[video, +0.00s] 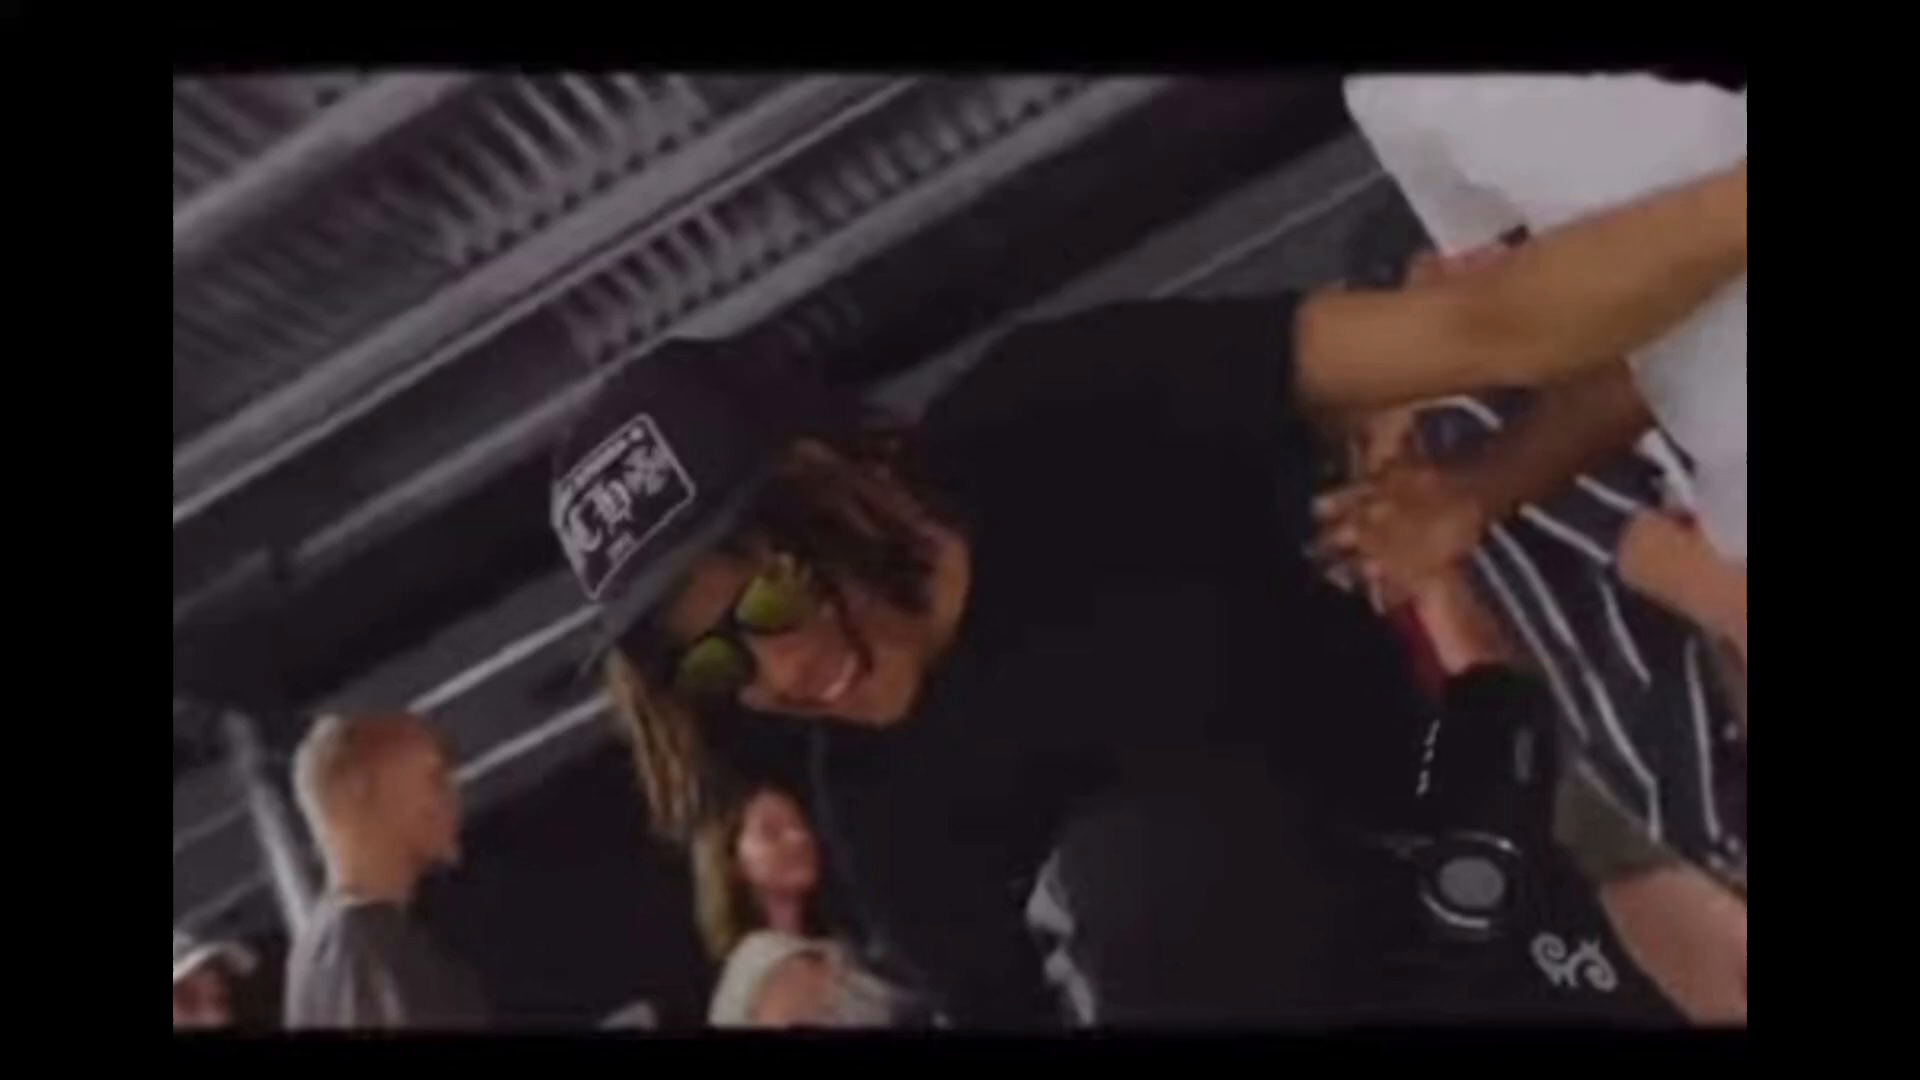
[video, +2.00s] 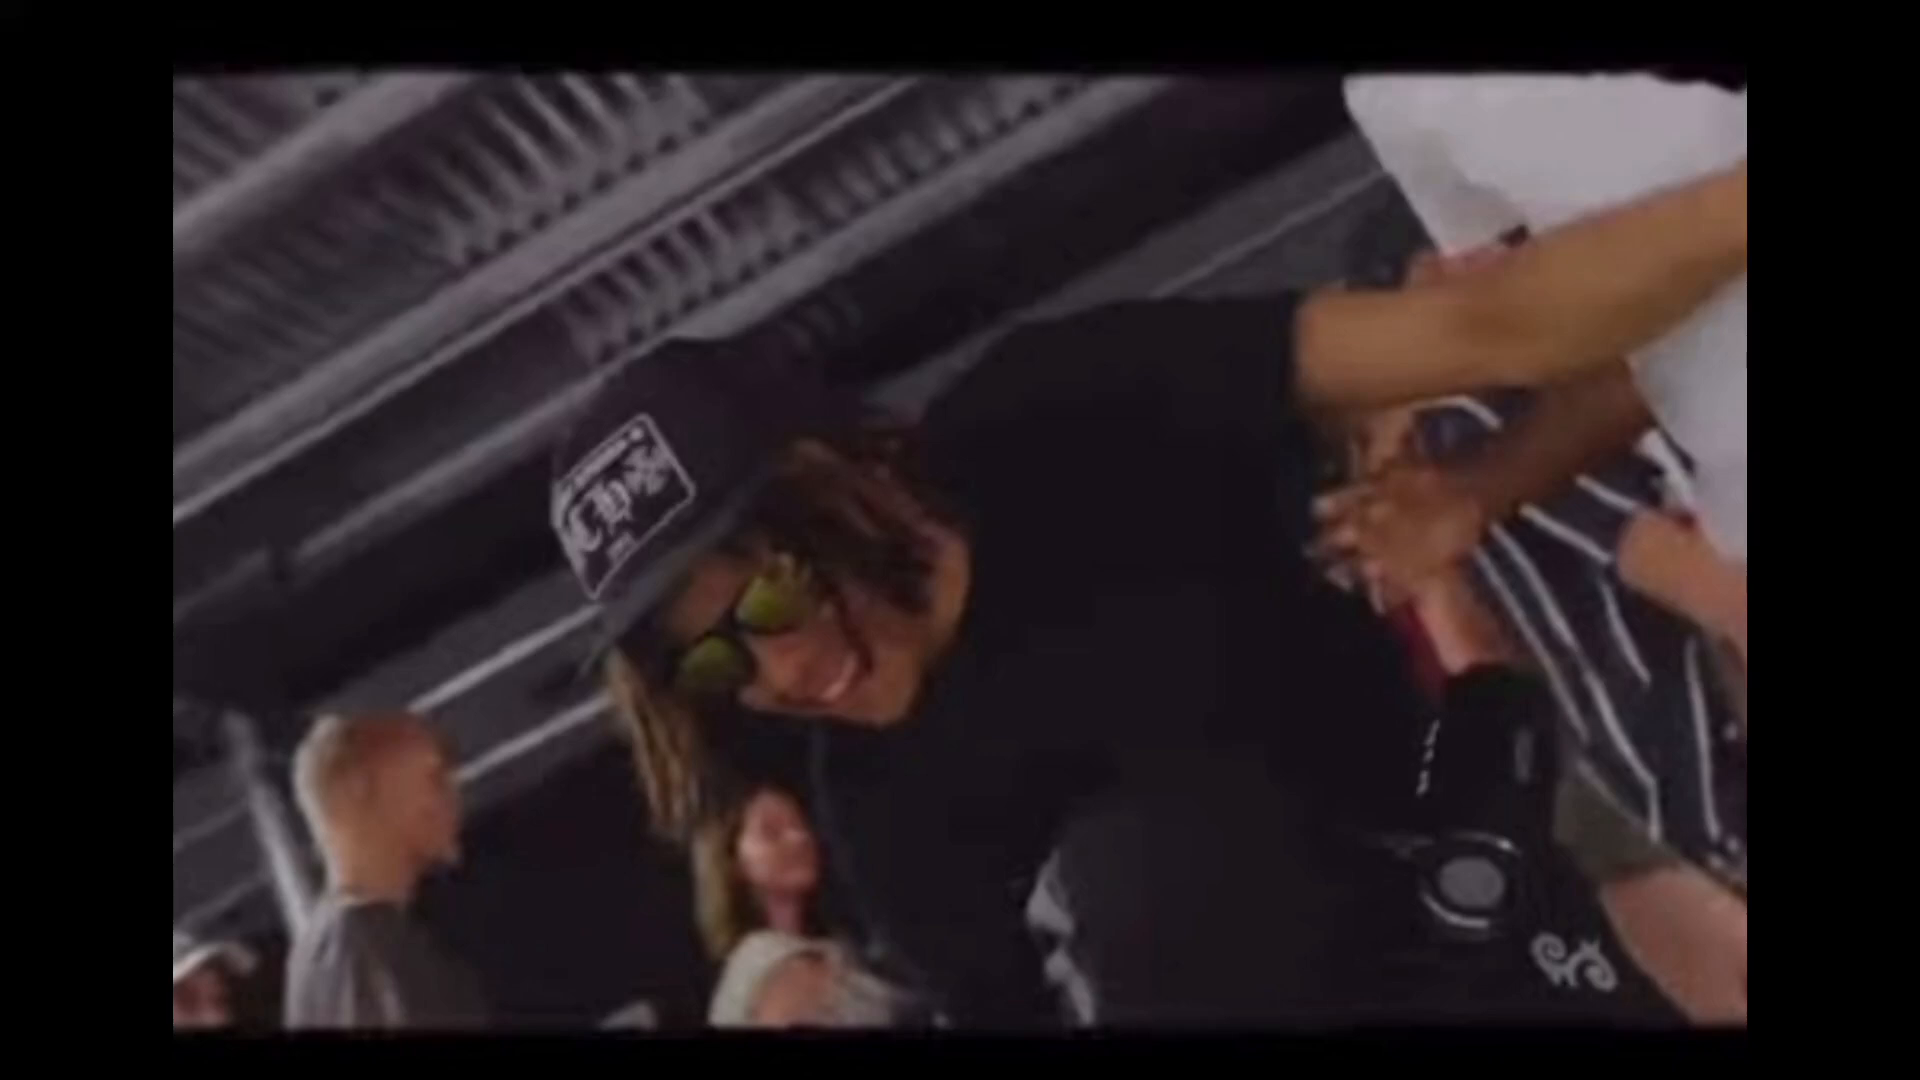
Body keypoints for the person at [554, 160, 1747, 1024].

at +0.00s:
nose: (767, 656)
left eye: (760, 583)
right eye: (708, 655)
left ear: (833, 476)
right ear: (687, 687)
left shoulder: (1052, 403)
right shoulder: (888, 847)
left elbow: (1470, 329)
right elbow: (1035, 1024)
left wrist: (1739, 209)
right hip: (1258, 977)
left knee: (1137, 866)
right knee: (1136, 865)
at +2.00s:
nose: (768, 656)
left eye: (761, 582)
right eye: (708, 654)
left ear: (835, 476)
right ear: (687, 685)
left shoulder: (1052, 404)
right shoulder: (886, 847)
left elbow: (1472, 328)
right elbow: (1031, 1024)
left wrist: (1740, 208)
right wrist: (837, 995)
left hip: (1477, 844)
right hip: (1240, 973)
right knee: (1136, 862)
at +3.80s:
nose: (768, 660)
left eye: (762, 585)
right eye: (709, 657)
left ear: (834, 478)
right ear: (687, 687)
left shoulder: (1051, 404)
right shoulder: (887, 843)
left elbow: (1469, 329)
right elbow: (1028, 1024)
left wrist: (1759, 202)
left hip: (1478, 852)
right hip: (1233, 976)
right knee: (1136, 868)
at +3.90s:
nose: (768, 661)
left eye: (761, 587)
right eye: (709, 657)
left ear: (835, 480)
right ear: (686, 685)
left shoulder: (1051, 403)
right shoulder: (887, 843)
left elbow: (1469, 329)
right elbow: (1029, 1022)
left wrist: (1760, 200)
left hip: (1475, 840)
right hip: (1239, 973)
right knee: (1136, 867)